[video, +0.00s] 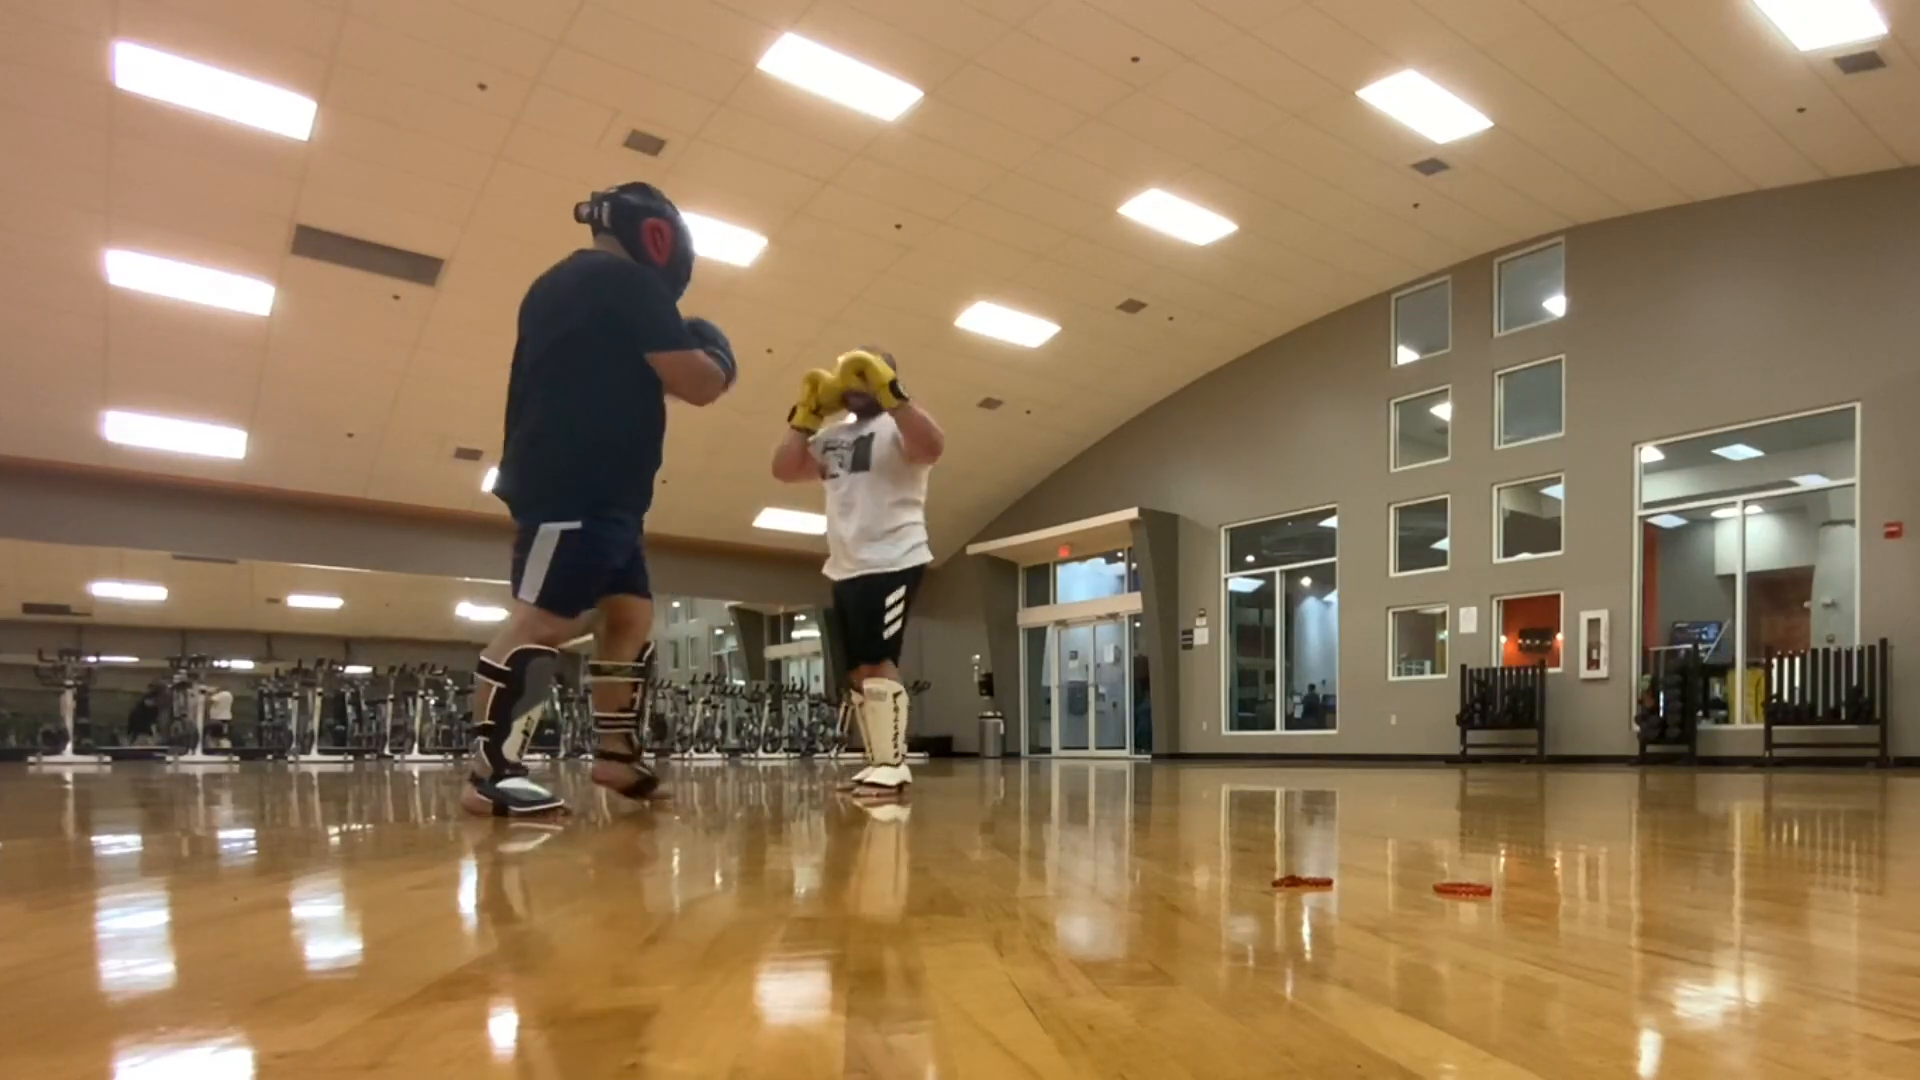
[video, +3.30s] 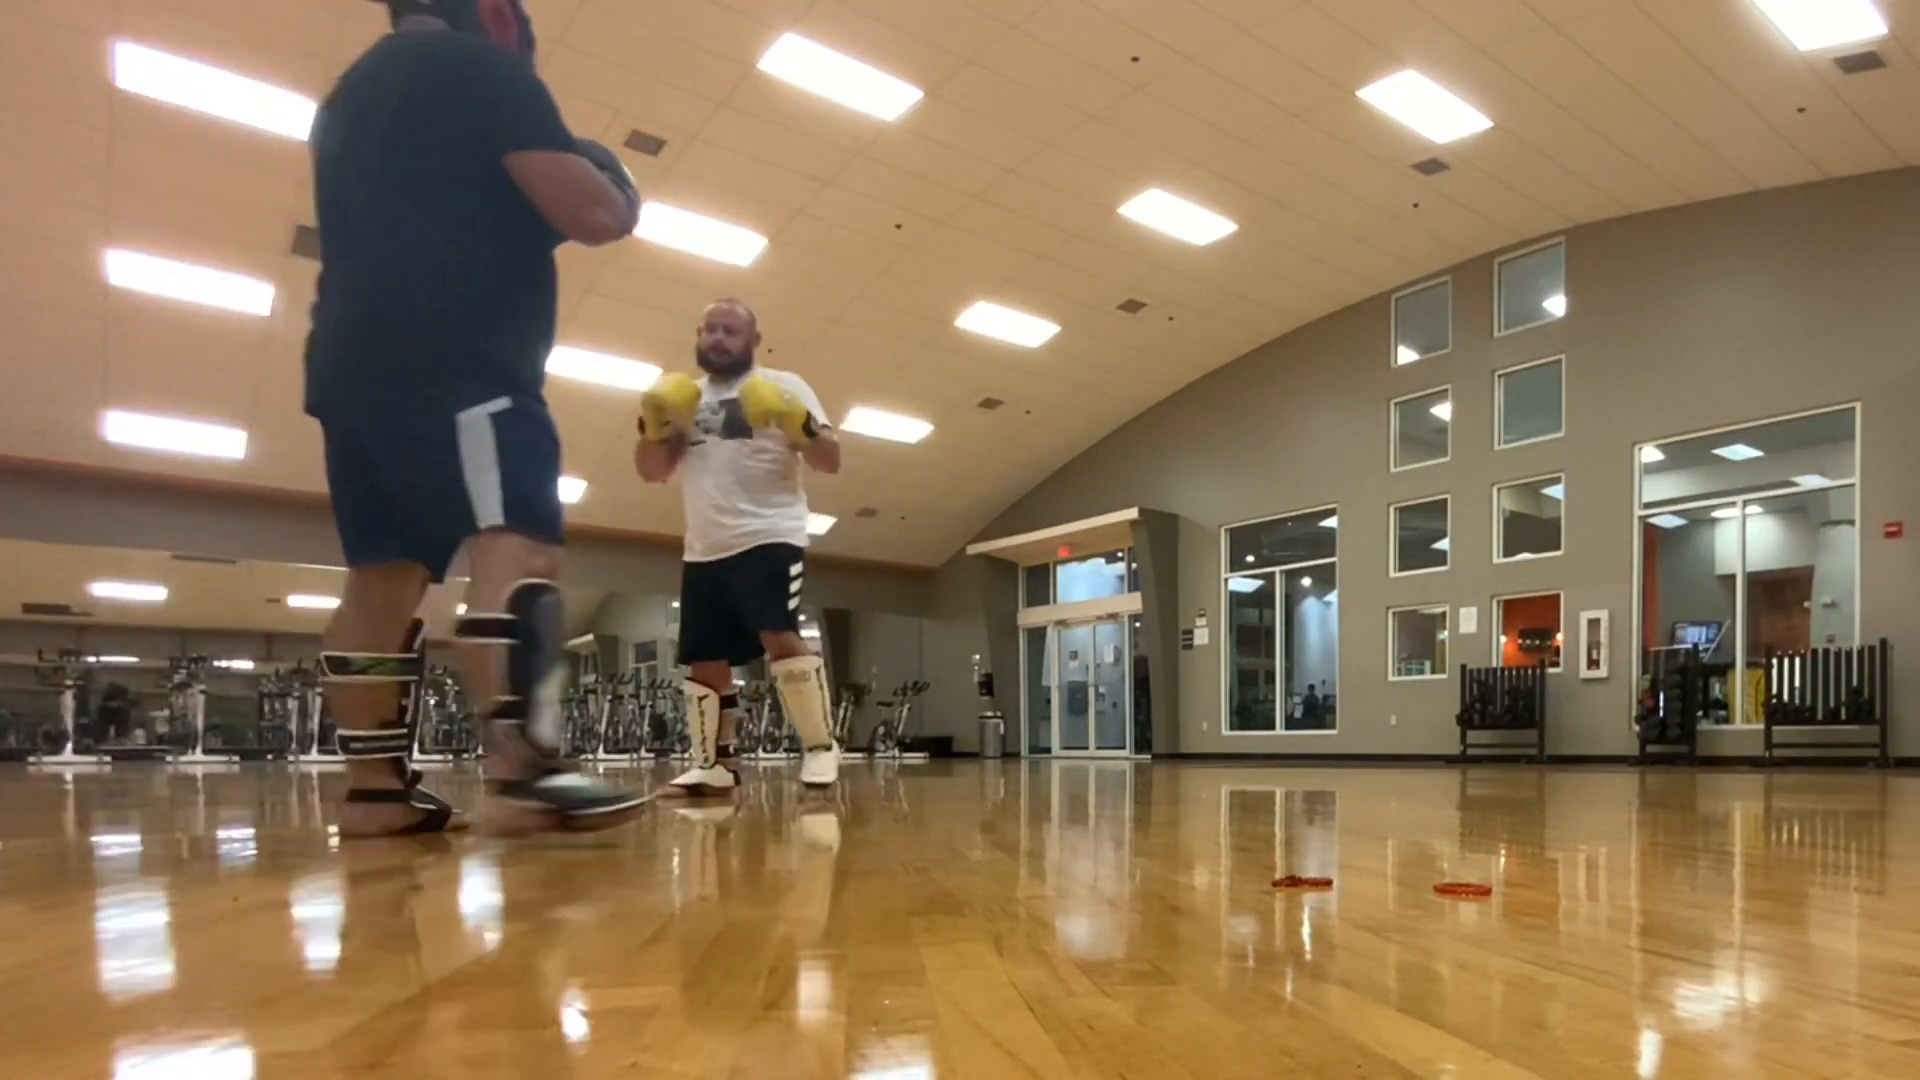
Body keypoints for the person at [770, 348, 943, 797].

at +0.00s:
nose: (856, 386)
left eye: (866, 377)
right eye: (850, 378)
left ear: (886, 385)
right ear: (842, 388)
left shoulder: (901, 425)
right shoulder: (833, 437)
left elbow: (930, 448)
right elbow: (784, 469)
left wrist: (893, 396)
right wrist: (805, 416)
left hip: (893, 559)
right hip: (848, 565)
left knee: (876, 662)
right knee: (858, 669)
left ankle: (891, 767)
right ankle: (879, 764)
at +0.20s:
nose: (854, 380)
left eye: (864, 375)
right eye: (849, 374)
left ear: (881, 385)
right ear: (841, 387)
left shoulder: (898, 426)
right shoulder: (834, 443)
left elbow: (897, 382)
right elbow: (791, 476)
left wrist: (856, 337)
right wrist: (806, 421)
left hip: (889, 551)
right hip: (847, 559)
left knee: (860, 642)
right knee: (862, 652)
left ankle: (882, 753)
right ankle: (881, 753)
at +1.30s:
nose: (820, 370)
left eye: (830, 362)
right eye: (819, 363)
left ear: (854, 367)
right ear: (824, 375)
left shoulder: (865, 410)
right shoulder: (825, 432)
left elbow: (837, 350)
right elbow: (790, 478)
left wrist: (791, 285)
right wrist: (794, 422)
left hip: (867, 545)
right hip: (837, 552)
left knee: (852, 654)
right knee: (856, 656)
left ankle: (880, 757)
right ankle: (882, 757)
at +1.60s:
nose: (821, 365)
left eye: (831, 357)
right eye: (818, 357)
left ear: (856, 361)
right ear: (820, 369)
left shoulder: (868, 399)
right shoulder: (823, 423)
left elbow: (834, 358)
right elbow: (792, 479)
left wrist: (788, 308)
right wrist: (789, 424)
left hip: (870, 540)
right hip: (836, 548)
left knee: (867, 653)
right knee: (838, 660)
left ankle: (884, 759)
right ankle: (859, 755)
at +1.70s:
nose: (822, 377)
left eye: (832, 368)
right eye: (818, 369)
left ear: (858, 370)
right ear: (819, 378)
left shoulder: (873, 402)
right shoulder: (824, 434)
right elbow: (789, 484)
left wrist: (812, 372)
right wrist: (785, 428)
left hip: (868, 548)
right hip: (832, 555)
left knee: (867, 656)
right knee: (838, 664)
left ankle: (884, 761)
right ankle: (855, 760)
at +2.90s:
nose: (776, 332)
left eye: (788, 324)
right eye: (770, 323)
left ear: (811, 339)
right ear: (761, 340)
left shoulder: (834, 382)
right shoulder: (755, 401)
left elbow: (863, 432)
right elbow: (721, 459)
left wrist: (818, 376)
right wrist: (714, 409)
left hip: (829, 541)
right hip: (773, 546)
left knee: (825, 653)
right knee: (753, 652)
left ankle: (837, 770)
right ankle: (786, 747)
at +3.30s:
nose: (717, 338)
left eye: (730, 331)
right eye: (709, 329)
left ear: (755, 342)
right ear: (697, 339)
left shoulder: (784, 388)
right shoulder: (683, 395)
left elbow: (830, 461)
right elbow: (651, 471)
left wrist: (798, 423)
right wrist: (660, 429)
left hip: (769, 536)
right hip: (705, 546)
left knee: (779, 635)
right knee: (705, 658)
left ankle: (818, 750)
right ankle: (710, 766)